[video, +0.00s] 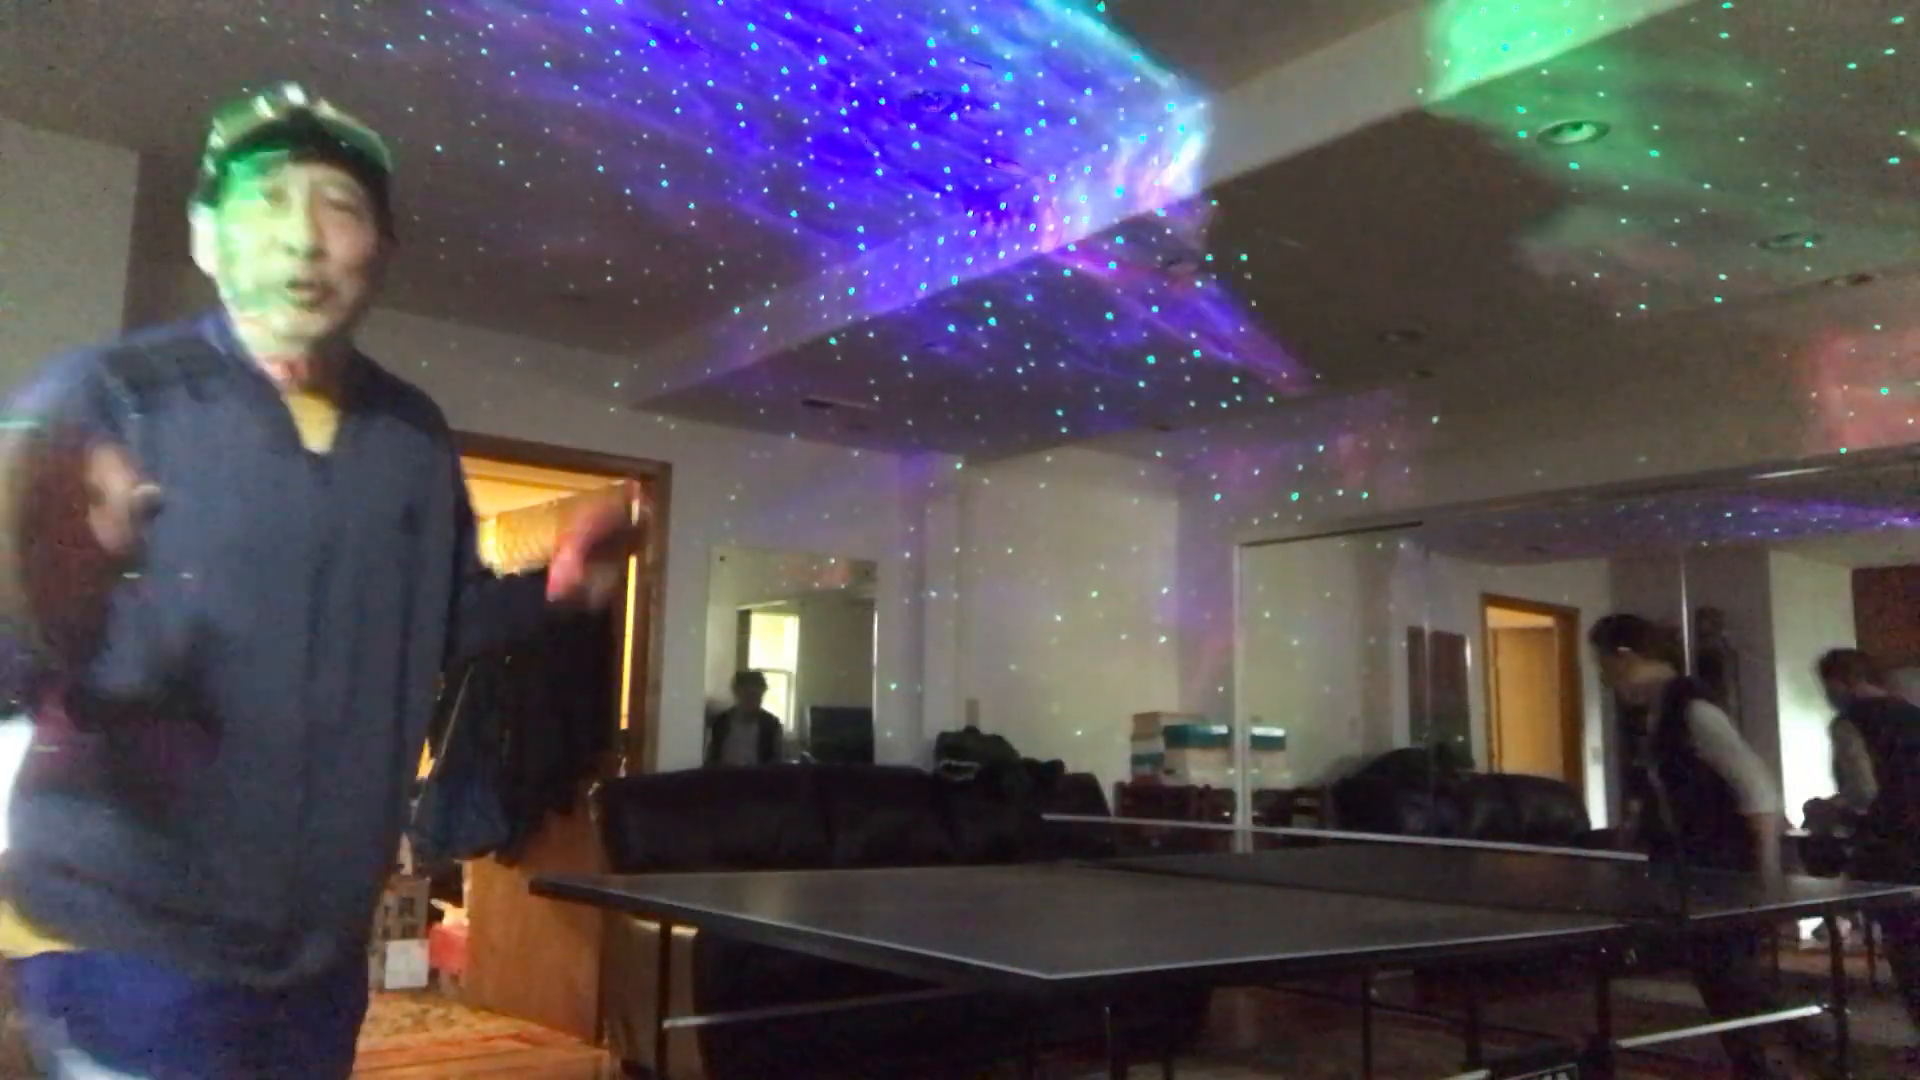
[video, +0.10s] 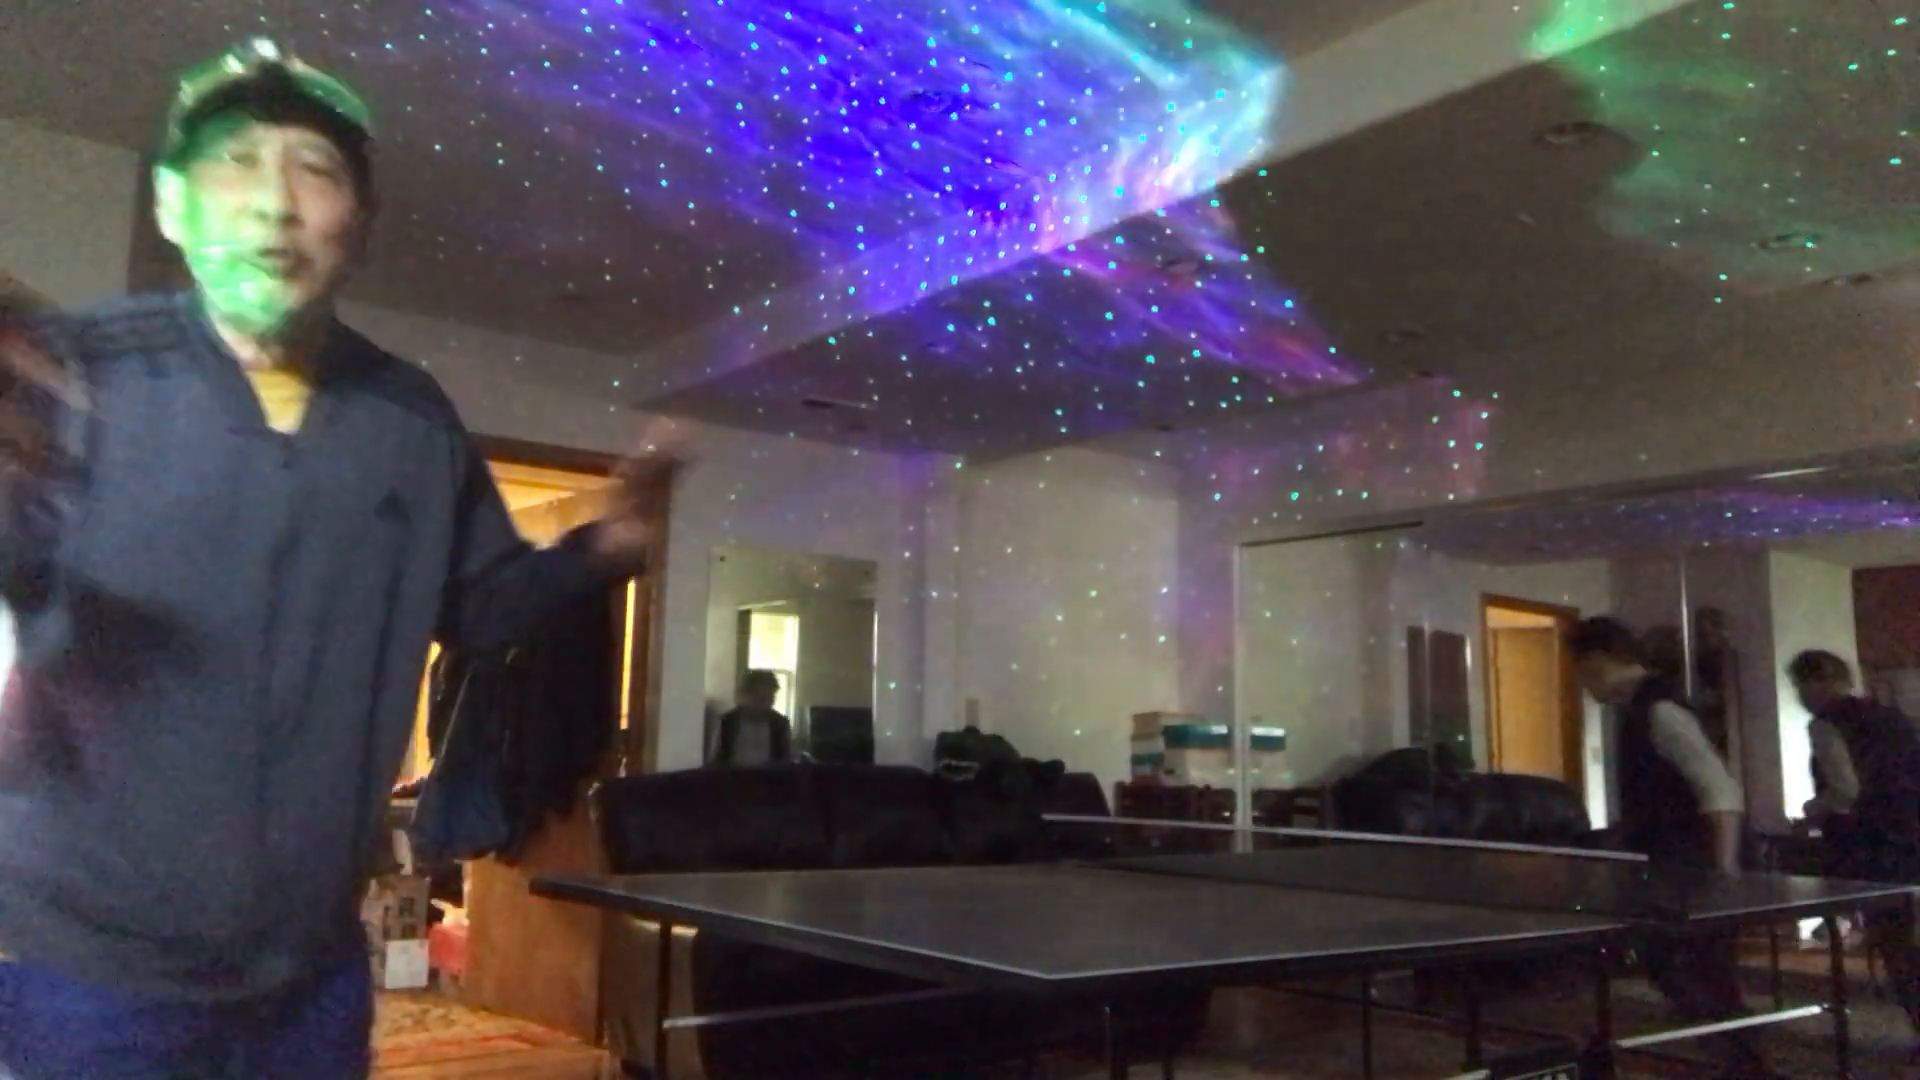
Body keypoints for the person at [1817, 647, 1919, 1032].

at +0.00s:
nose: (1827, 694)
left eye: (1828, 685)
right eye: (1826, 686)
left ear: (1843, 681)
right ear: (1865, 675)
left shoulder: (1849, 722)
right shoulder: (1906, 710)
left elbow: (1863, 793)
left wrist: (1825, 809)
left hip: (1888, 848)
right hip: (1915, 842)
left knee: (1902, 939)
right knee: (1909, 936)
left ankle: (1916, 1020)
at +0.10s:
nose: (1800, 697)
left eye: (1801, 687)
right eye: (1798, 688)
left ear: (1817, 684)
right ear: (1842, 679)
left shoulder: (1825, 723)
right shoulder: (1883, 713)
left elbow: (1845, 790)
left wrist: (1812, 810)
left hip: (1868, 850)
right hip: (1905, 842)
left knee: (1894, 945)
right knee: (1902, 944)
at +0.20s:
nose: (1773, 702)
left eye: (1774, 691)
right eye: (1771, 693)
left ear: (1790, 685)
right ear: (1811, 681)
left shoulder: (1804, 723)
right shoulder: (1852, 716)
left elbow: (1825, 790)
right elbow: (1899, 782)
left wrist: (1790, 824)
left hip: (1848, 845)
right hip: (1888, 837)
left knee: (1848, 932)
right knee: (1887, 938)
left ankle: (1854, 1022)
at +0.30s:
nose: (1747, 703)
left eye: (1747, 694)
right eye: (1745, 694)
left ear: (1761, 690)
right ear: (1786, 685)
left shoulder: (1777, 725)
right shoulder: (1822, 719)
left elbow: (1807, 790)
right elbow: (1872, 784)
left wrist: (1770, 824)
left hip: (1824, 847)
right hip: (1863, 842)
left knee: (1810, 931)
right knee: (1861, 937)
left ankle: (1799, 1016)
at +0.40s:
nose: (1705, 704)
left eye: (1704, 695)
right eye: (1702, 696)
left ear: (1719, 689)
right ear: (1748, 682)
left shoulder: (1750, 722)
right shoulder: (1772, 717)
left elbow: (1791, 786)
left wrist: (1745, 830)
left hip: (1794, 845)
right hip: (1814, 840)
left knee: (1787, 936)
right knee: (1795, 938)